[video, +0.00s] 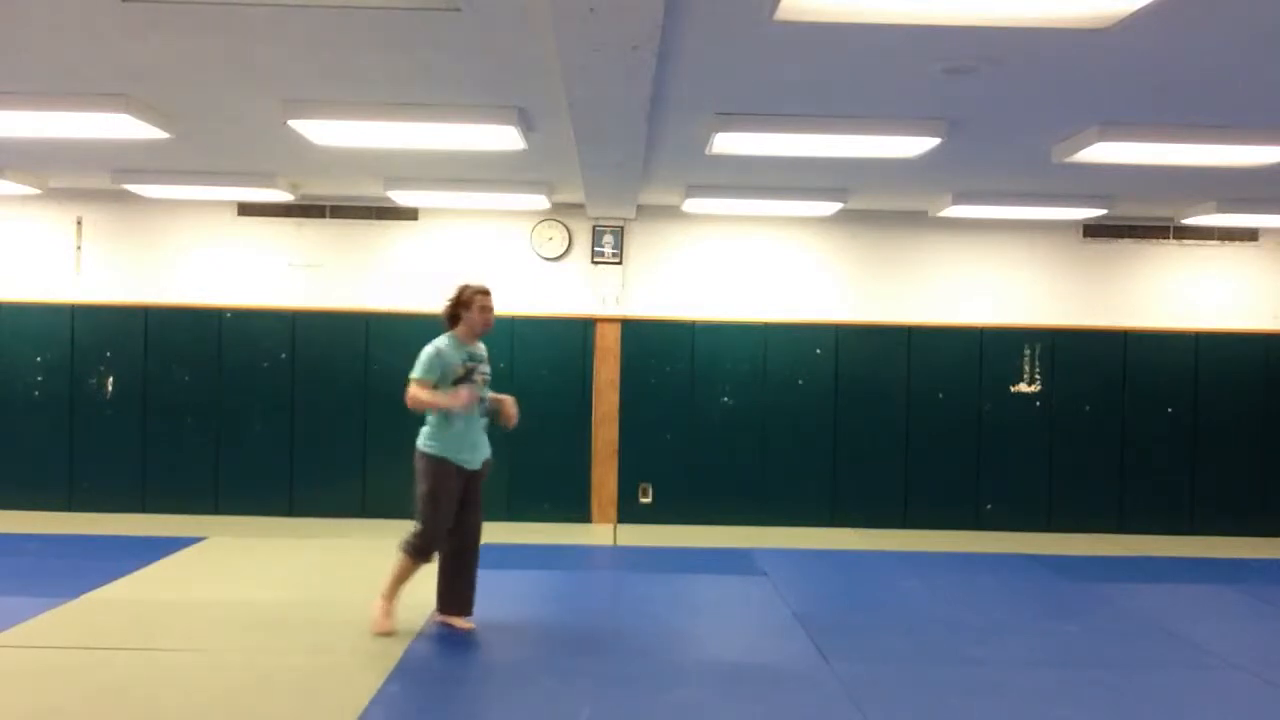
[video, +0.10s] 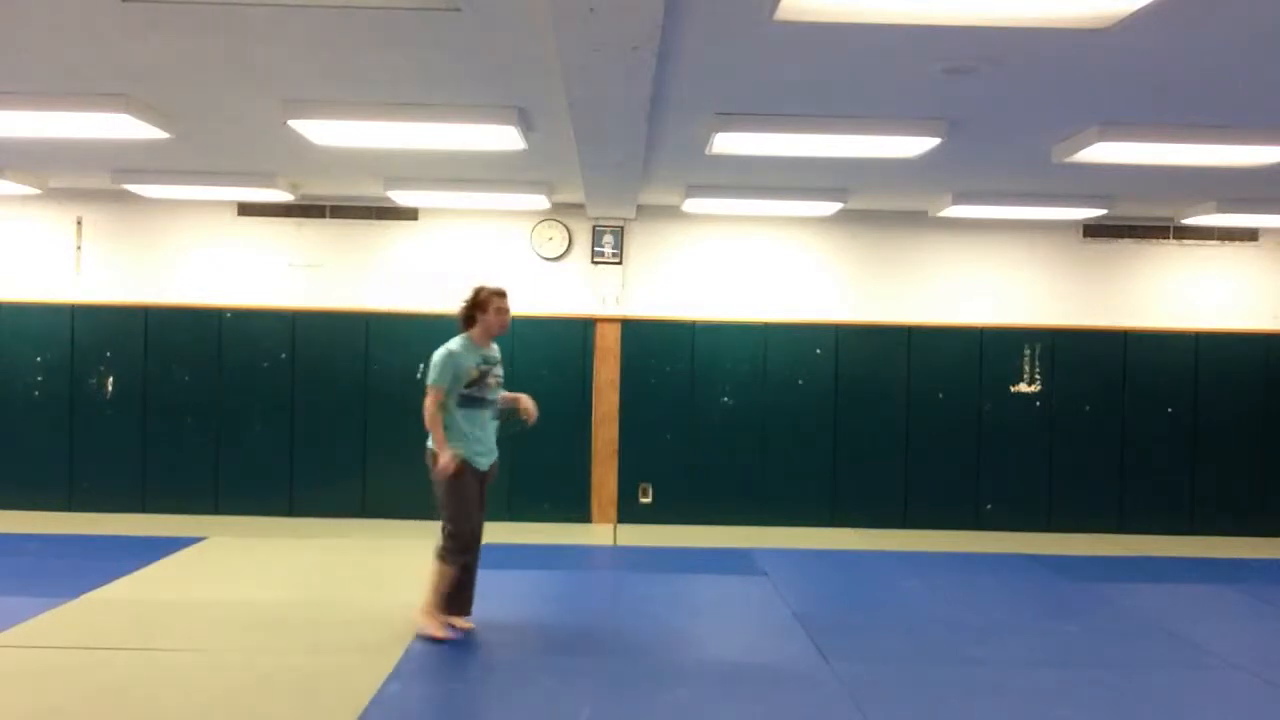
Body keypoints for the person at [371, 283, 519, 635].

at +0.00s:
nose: (490, 316)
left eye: (491, 310)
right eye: (483, 310)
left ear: (487, 314)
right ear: (463, 312)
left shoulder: (480, 352)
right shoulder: (437, 350)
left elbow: (470, 396)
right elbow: (414, 396)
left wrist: (499, 402)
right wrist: (450, 399)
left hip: (472, 455)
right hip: (438, 454)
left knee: (464, 536)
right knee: (432, 533)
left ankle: (451, 609)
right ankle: (387, 598)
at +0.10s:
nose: (506, 319)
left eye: (507, 312)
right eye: (499, 312)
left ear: (502, 317)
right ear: (479, 314)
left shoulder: (493, 354)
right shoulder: (450, 354)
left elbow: (484, 399)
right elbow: (432, 405)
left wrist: (518, 399)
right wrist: (442, 449)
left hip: (482, 459)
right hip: (454, 457)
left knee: (471, 537)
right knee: (458, 535)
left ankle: (455, 612)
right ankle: (431, 612)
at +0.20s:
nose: (518, 322)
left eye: (520, 315)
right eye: (511, 315)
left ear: (516, 320)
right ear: (491, 318)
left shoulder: (507, 356)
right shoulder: (465, 357)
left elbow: (500, 398)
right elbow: (442, 409)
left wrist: (531, 401)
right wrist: (429, 460)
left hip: (490, 457)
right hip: (463, 455)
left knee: (465, 532)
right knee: (482, 532)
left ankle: (447, 608)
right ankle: (483, 622)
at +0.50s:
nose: (560, 321)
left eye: (562, 314)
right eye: (552, 315)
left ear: (562, 318)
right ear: (532, 319)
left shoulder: (560, 353)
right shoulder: (508, 359)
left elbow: (555, 393)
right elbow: (480, 412)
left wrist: (570, 410)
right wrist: (472, 467)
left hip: (546, 462)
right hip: (512, 462)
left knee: (526, 540)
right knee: (522, 544)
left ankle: (476, 594)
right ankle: (538, 630)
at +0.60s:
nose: (574, 319)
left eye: (576, 312)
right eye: (566, 312)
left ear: (577, 316)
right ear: (545, 317)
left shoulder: (574, 350)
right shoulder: (523, 355)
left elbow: (572, 392)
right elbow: (498, 410)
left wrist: (586, 408)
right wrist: (506, 461)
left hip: (564, 464)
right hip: (527, 464)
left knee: (562, 542)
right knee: (531, 546)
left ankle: (515, 589)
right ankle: (538, 630)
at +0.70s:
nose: (588, 318)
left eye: (591, 311)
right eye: (580, 311)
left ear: (593, 315)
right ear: (560, 315)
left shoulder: (589, 352)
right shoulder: (538, 353)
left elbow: (574, 402)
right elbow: (514, 409)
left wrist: (602, 408)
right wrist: (542, 447)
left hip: (580, 467)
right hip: (539, 469)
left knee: (591, 542)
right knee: (538, 549)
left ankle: (565, 614)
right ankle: (538, 629)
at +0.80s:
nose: (606, 321)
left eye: (608, 315)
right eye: (598, 314)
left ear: (608, 318)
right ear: (577, 317)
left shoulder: (603, 357)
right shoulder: (554, 355)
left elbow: (595, 402)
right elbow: (531, 409)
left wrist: (625, 409)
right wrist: (566, 440)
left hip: (597, 470)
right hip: (554, 470)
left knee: (613, 549)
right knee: (547, 550)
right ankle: (539, 629)